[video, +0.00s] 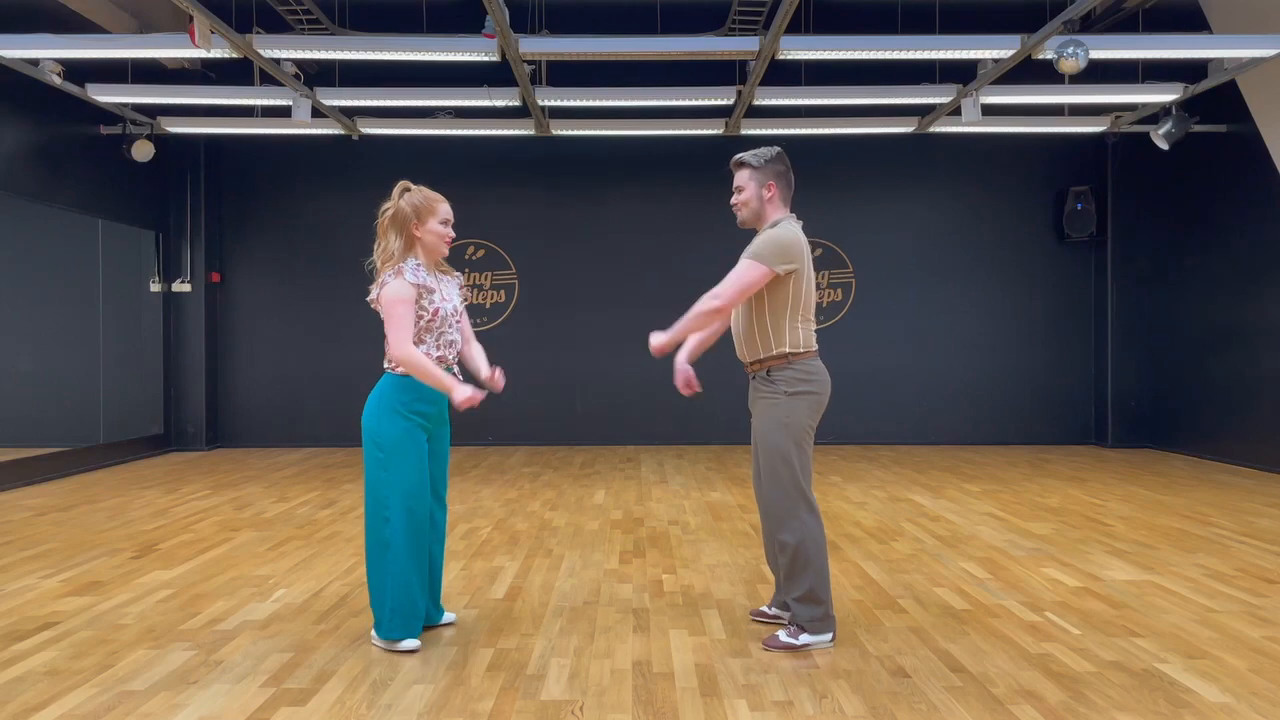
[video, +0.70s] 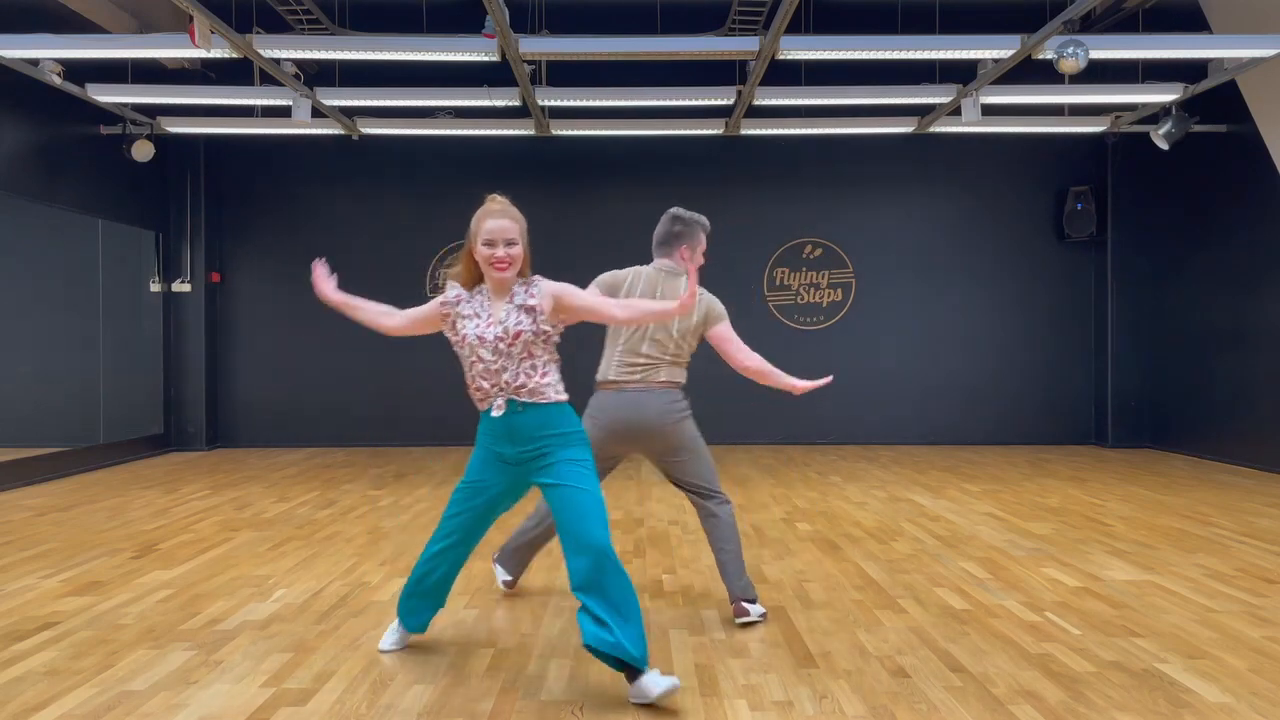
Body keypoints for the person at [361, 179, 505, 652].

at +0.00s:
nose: (453, 232)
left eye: (452, 223)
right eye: (444, 224)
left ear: (434, 229)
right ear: (415, 229)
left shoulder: (450, 282)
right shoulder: (400, 282)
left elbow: (465, 339)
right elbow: (400, 351)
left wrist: (482, 371)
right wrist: (452, 386)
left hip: (433, 407)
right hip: (397, 408)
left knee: (430, 510)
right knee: (398, 514)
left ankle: (424, 607)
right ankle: (391, 624)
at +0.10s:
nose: (458, 232)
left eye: (456, 223)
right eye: (448, 224)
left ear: (439, 230)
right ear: (420, 230)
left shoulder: (462, 277)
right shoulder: (395, 278)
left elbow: (492, 325)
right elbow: (417, 331)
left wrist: (490, 291)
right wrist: (477, 313)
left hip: (442, 406)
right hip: (396, 406)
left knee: (433, 511)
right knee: (403, 513)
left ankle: (426, 604)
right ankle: (396, 623)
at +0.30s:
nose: (463, 237)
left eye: (463, 229)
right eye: (452, 227)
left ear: (463, 239)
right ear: (420, 236)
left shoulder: (472, 282)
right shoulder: (392, 287)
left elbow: (467, 318)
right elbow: (427, 329)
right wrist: (462, 284)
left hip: (457, 419)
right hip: (400, 418)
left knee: (467, 524)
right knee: (402, 526)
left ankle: (434, 584)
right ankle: (395, 626)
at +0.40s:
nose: (456, 247)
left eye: (462, 240)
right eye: (444, 238)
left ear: (468, 248)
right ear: (419, 247)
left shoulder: (480, 296)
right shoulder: (393, 303)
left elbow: (467, 364)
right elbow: (408, 371)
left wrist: (410, 367)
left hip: (469, 429)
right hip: (409, 431)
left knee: (490, 534)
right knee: (416, 541)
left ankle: (475, 599)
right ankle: (398, 632)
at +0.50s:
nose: (455, 256)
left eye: (465, 248)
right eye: (444, 248)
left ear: (476, 256)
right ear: (427, 256)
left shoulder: (492, 315)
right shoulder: (404, 315)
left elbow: (499, 385)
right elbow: (393, 390)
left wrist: (480, 416)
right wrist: (391, 455)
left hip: (487, 439)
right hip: (426, 442)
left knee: (515, 529)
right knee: (421, 555)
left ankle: (546, 636)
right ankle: (401, 639)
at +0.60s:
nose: (472, 257)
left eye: (482, 247)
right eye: (462, 247)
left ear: (495, 254)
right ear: (445, 254)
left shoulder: (513, 310)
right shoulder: (421, 312)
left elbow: (564, 357)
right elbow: (369, 365)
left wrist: (606, 383)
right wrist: (307, 404)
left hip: (515, 437)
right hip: (454, 443)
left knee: (553, 531)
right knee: (427, 548)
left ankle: (607, 640)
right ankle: (403, 640)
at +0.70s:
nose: (501, 251)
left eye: (511, 241)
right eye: (490, 242)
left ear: (524, 246)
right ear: (473, 248)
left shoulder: (547, 294)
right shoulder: (455, 305)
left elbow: (617, 309)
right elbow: (395, 321)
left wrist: (676, 307)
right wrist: (333, 296)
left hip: (557, 435)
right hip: (496, 441)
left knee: (594, 544)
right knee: (451, 536)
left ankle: (636, 670)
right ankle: (407, 621)